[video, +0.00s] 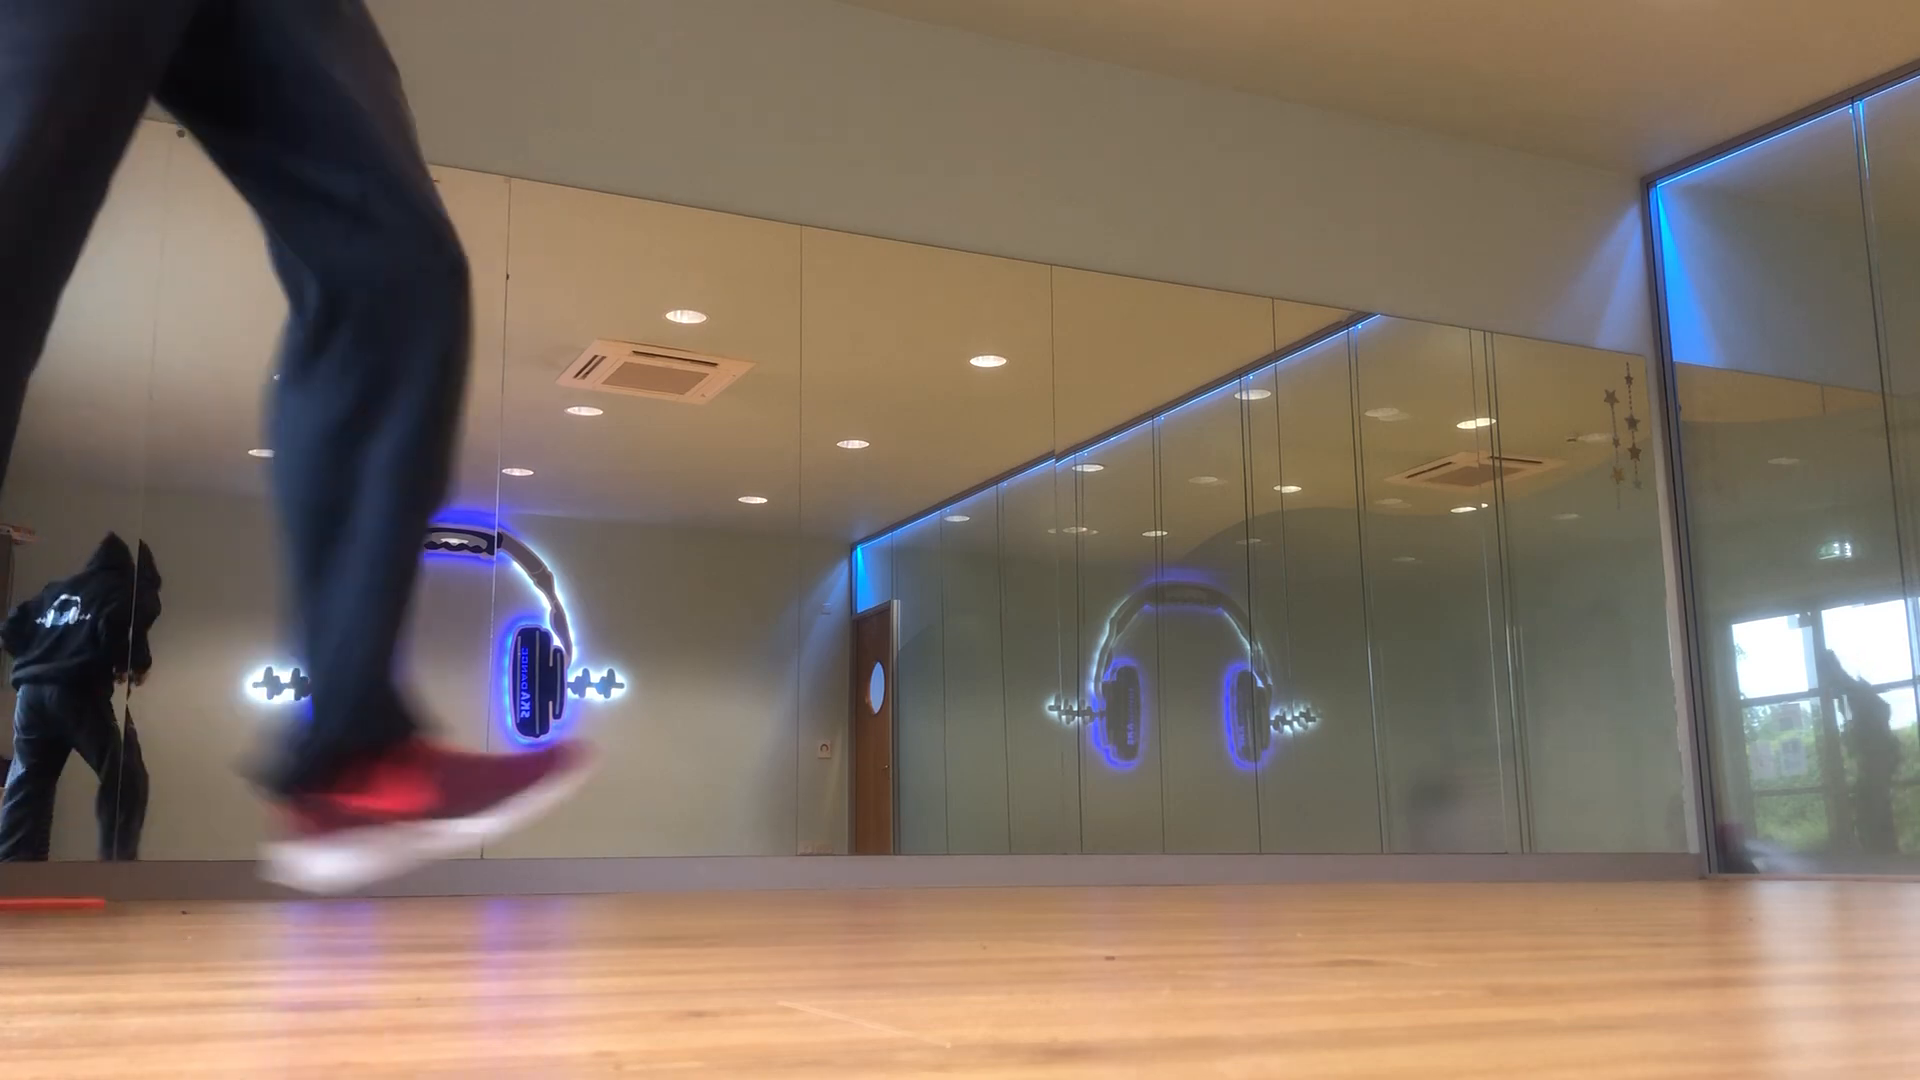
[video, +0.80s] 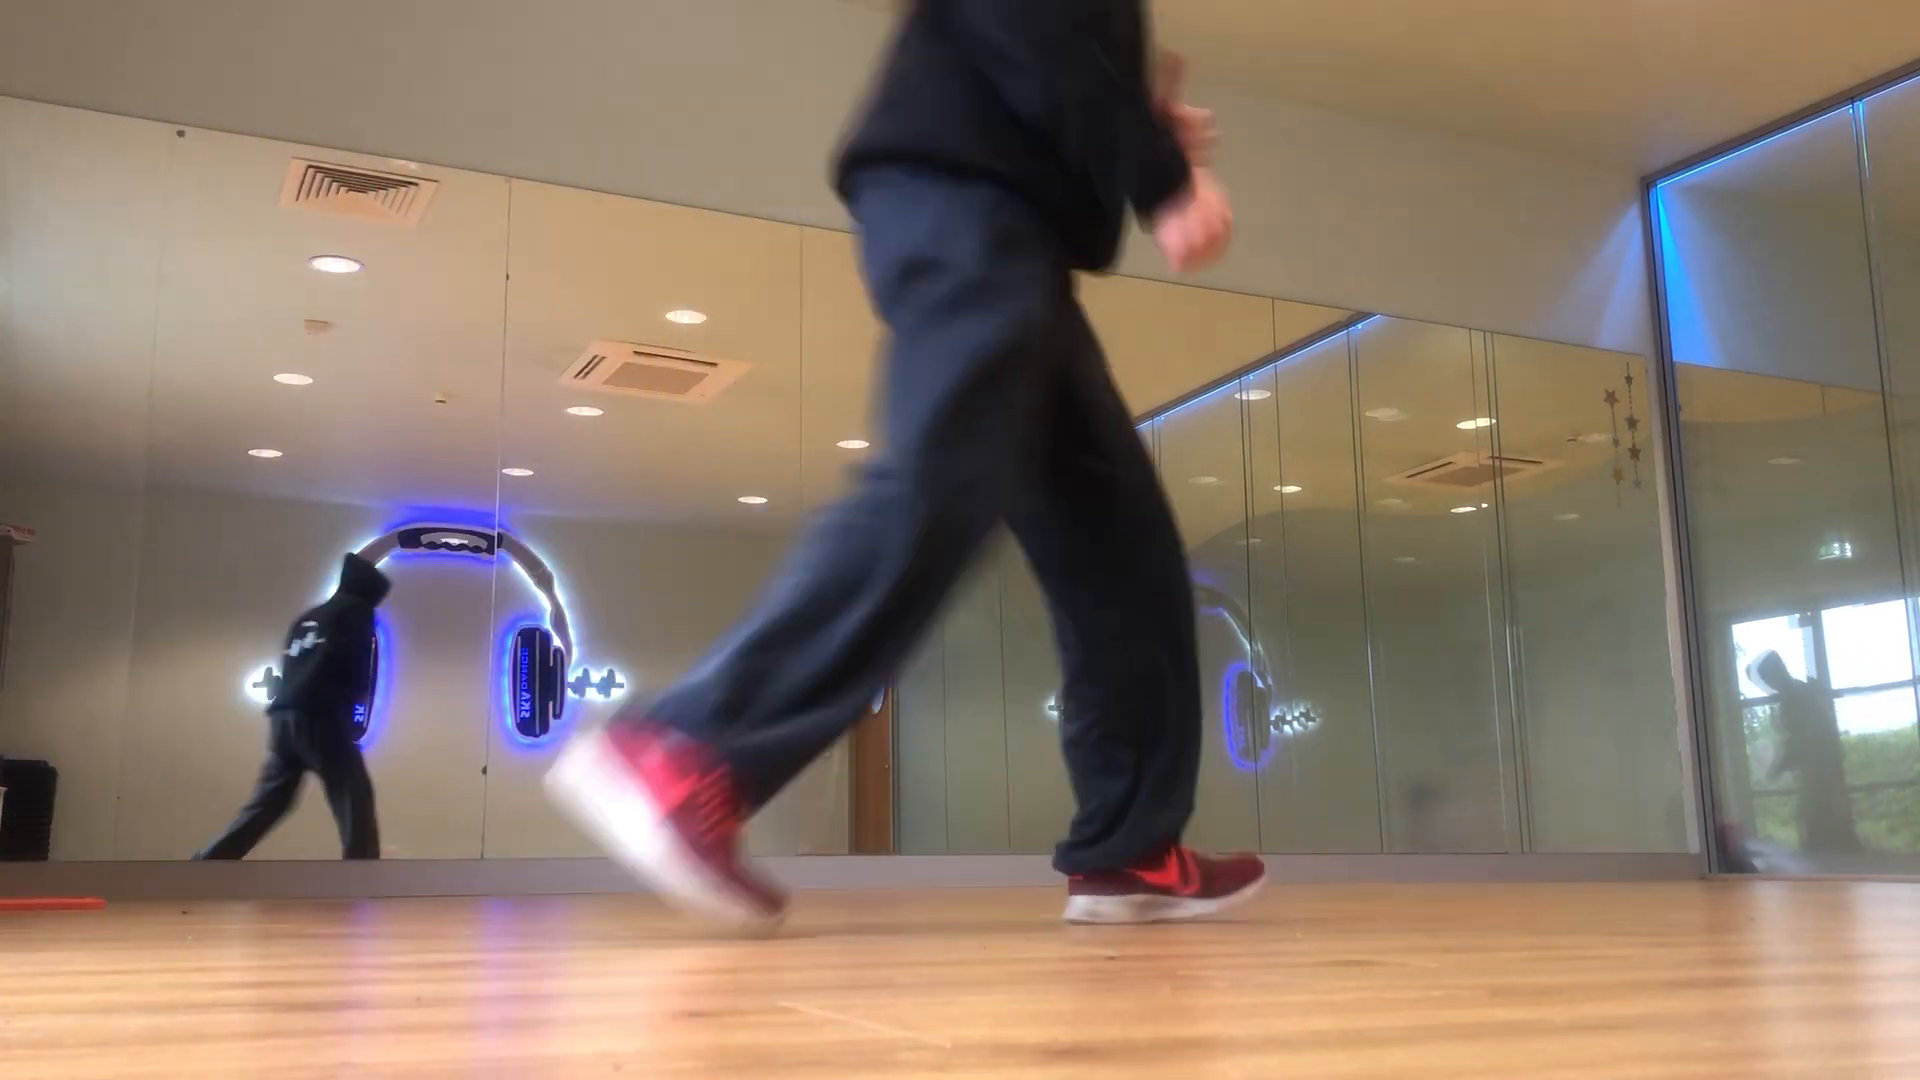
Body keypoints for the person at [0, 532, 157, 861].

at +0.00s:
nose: (154, 591)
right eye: (152, 585)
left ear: (95, 563)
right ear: (130, 569)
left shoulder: (59, 588)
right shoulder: (132, 590)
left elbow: (12, 625)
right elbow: (118, 621)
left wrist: (35, 657)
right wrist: (136, 664)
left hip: (30, 695)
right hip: (80, 695)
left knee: (27, 783)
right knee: (123, 776)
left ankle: (12, 870)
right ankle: (117, 870)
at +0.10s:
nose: (167, 619)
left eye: (170, 613)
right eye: (167, 612)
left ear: (128, 591)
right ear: (158, 603)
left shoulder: (80, 615)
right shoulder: (149, 620)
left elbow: (32, 655)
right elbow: (115, 654)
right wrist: (137, 694)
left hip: (29, 714)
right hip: (76, 715)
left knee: (25, 800)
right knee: (143, 789)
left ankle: (11, 881)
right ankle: (163, 867)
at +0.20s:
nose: (191, 641)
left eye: (193, 636)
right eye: (191, 636)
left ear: (160, 618)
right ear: (186, 630)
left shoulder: (117, 633)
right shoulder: (175, 644)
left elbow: (62, 667)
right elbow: (140, 677)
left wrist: (47, 706)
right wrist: (155, 719)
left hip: (42, 721)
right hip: (86, 726)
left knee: (35, 808)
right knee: (156, 798)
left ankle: (6, 871)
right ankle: (179, 868)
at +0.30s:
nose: (226, 633)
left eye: (226, 627)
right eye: (227, 627)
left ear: (196, 612)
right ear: (222, 623)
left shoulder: (151, 632)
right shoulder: (212, 642)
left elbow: (86, 666)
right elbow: (193, 681)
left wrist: (70, 713)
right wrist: (198, 716)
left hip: (84, 713)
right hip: (133, 718)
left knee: (62, 797)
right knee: (187, 794)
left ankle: (7, 863)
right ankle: (187, 882)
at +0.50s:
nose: (284, 586)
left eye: (284, 580)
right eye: (283, 579)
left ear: (250, 565)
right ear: (276, 572)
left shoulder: (217, 592)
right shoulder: (268, 595)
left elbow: (174, 631)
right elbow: (263, 644)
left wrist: (186, 672)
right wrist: (283, 646)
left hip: (177, 693)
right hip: (219, 695)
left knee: (180, 777)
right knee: (238, 779)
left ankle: (148, 856)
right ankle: (216, 862)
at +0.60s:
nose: (306, 589)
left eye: (308, 583)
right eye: (307, 582)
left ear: (273, 566)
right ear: (299, 574)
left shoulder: (231, 595)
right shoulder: (292, 597)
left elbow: (211, 650)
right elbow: (288, 653)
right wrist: (286, 684)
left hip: (211, 704)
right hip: (254, 707)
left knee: (215, 788)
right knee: (273, 786)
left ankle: (192, 874)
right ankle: (268, 874)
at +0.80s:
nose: (378, 602)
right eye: (378, 596)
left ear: (346, 584)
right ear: (372, 593)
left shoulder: (308, 617)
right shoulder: (360, 616)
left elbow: (292, 669)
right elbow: (363, 671)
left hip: (283, 716)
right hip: (323, 717)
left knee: (272, 797)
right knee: (354, 793)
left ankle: (211, 862)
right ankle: (363, 874)